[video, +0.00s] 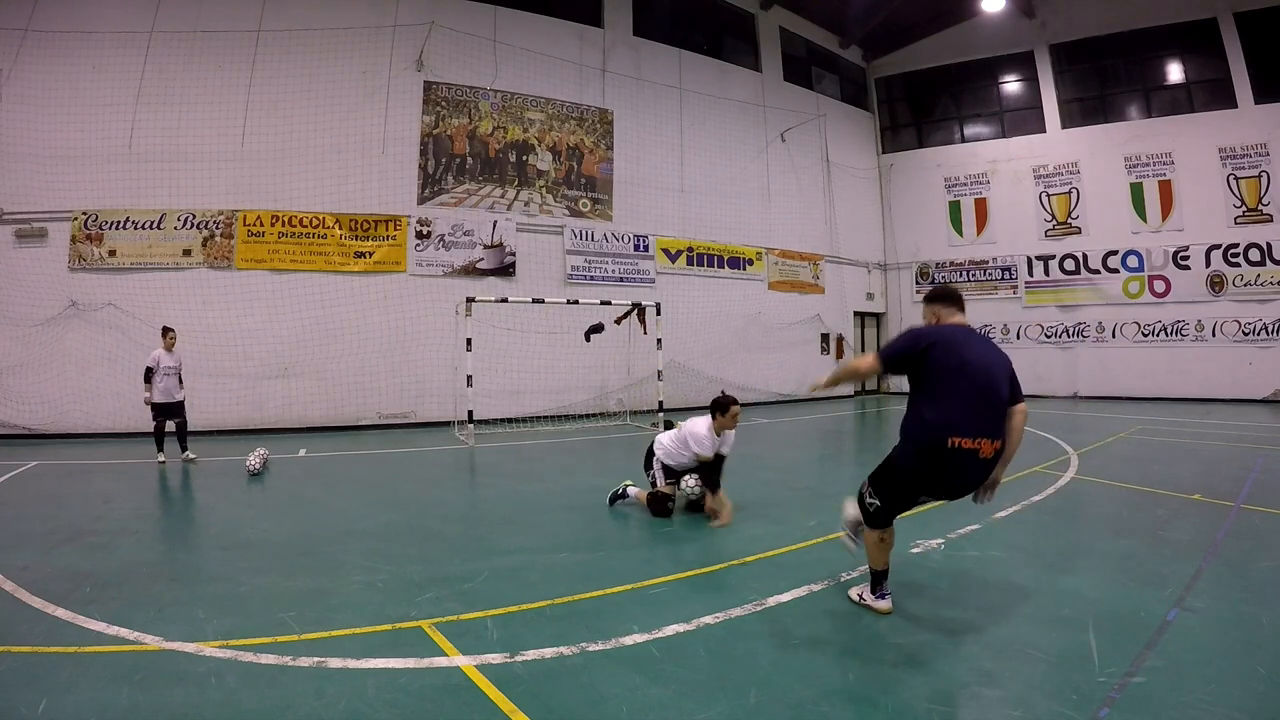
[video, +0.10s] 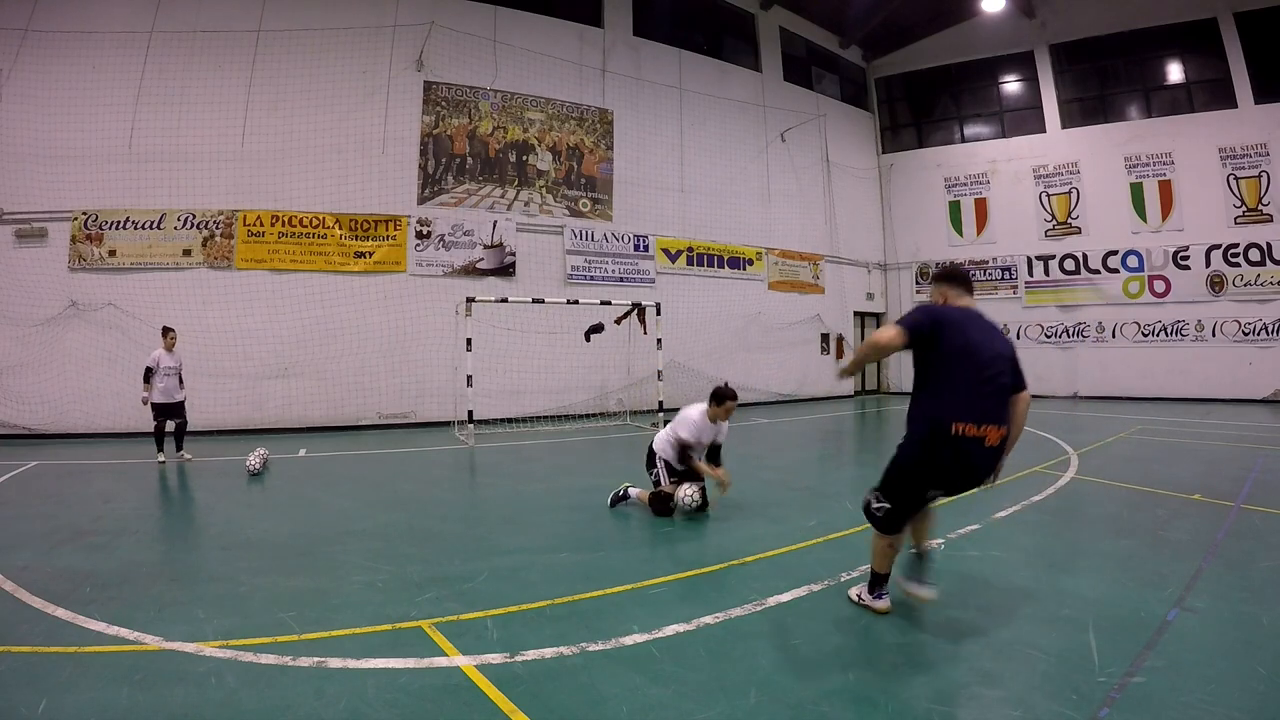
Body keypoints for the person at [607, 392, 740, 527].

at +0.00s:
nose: (738, 419)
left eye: (738, 415)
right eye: (733, 416)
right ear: (718, 416)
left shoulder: (728, 431)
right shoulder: (701, 432)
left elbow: (716, 468)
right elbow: (707, 474)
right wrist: (724, 506)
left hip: (688, 460)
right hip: (661, 456)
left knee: (700, 503)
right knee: (663, 509)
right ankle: (630, 491)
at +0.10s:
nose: (730, 414)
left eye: (732, 410)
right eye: (728, 410)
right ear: (714, 405)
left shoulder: (722, 424)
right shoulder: (692, 418)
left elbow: (713, 456)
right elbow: (684, 457)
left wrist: (721, 475)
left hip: (688, 459)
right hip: (662, 455)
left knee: (699, 505)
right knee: (665, 507)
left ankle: (669, 488)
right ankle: (630, 492)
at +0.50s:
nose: (653, 379)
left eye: (657, 374)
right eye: (649, 375)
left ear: (665, 371)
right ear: (644, 374)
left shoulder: (682, 378)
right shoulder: (640, 393)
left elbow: (699, 373)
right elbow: (622, 427)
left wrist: (701, 392)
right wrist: (624, 457)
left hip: (692, 436)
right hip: (665, 432)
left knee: (682, 493)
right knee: (644, 453)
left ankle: (692, 483)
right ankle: (649, 502)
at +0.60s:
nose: (638, 384)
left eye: (643, 378)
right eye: (635, 381)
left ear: (654, 379)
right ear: (633, 385)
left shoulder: (673, 385)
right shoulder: (634, 406)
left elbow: (702, 396)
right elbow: (629, 443)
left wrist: (687, 428)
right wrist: (628, 484)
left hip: (686, 428)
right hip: (660, 431)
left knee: (681, 476)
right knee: (647, 451)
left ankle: (706, 476)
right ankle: (649, 502)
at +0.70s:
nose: (631, 398)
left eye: (635, 393)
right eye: (628, 394)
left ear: (646, 389)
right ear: (626, 396)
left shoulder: (666, 393)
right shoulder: (631, 412)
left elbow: (698, 411)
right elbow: (629, 448)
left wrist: (676, 436)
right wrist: (639, 470)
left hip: (685, 421)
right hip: (659, 429)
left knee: (679, 462)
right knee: (650, 452)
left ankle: (715, 485)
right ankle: (650, 503)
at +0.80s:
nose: (619, 394)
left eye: (622, 389)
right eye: (618, 390)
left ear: (636, 386)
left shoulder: (661, 390)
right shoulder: (628, 404)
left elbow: (694, 404)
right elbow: (629, 428)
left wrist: (680, 432)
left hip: (685, 418)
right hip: (659, 423)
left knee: (681, 463)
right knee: (644, 449)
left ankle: (718, 488)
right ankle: (647, 500)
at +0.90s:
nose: (603, 375)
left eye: (605, 370)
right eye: (603, 370)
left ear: (618, 371)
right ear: (616, 371)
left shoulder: (644, 378)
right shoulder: (619, 387)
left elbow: (678, 388)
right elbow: (621, 406)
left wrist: (659, 413)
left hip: (678, 415)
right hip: (654, 418)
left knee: (680, 462)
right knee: (629, 445)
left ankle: (719, 490)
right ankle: (648, 491)